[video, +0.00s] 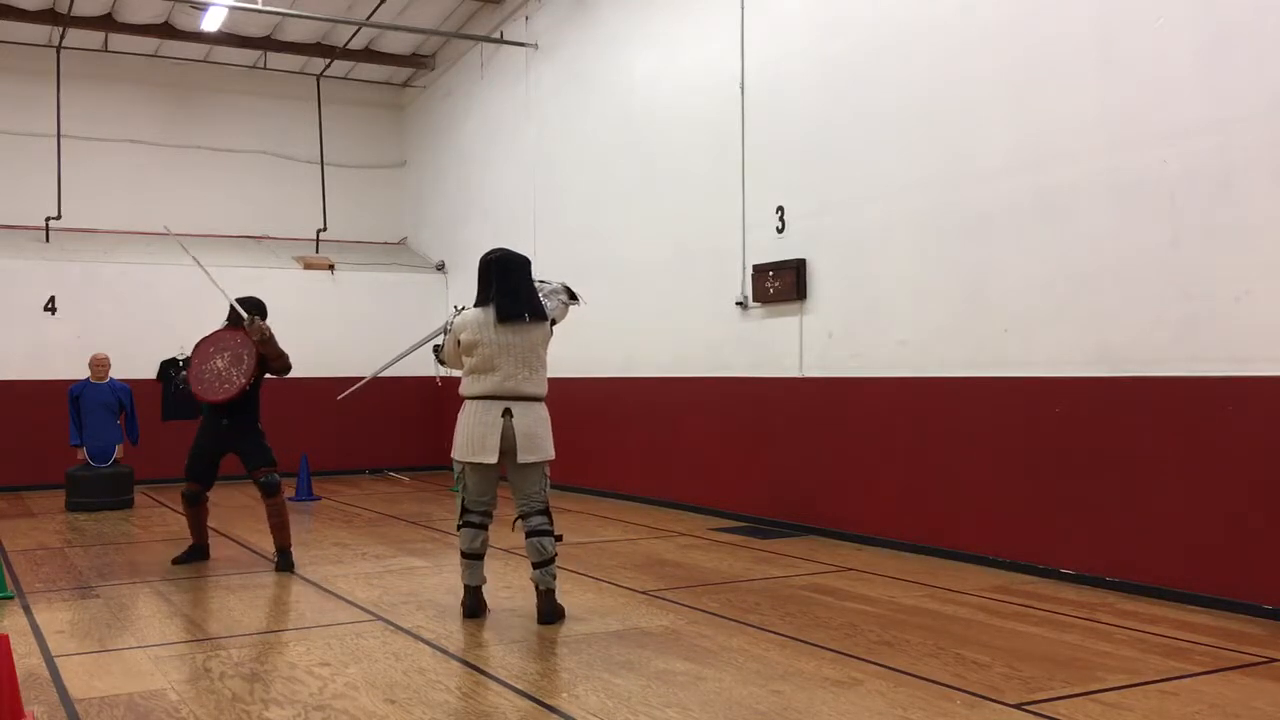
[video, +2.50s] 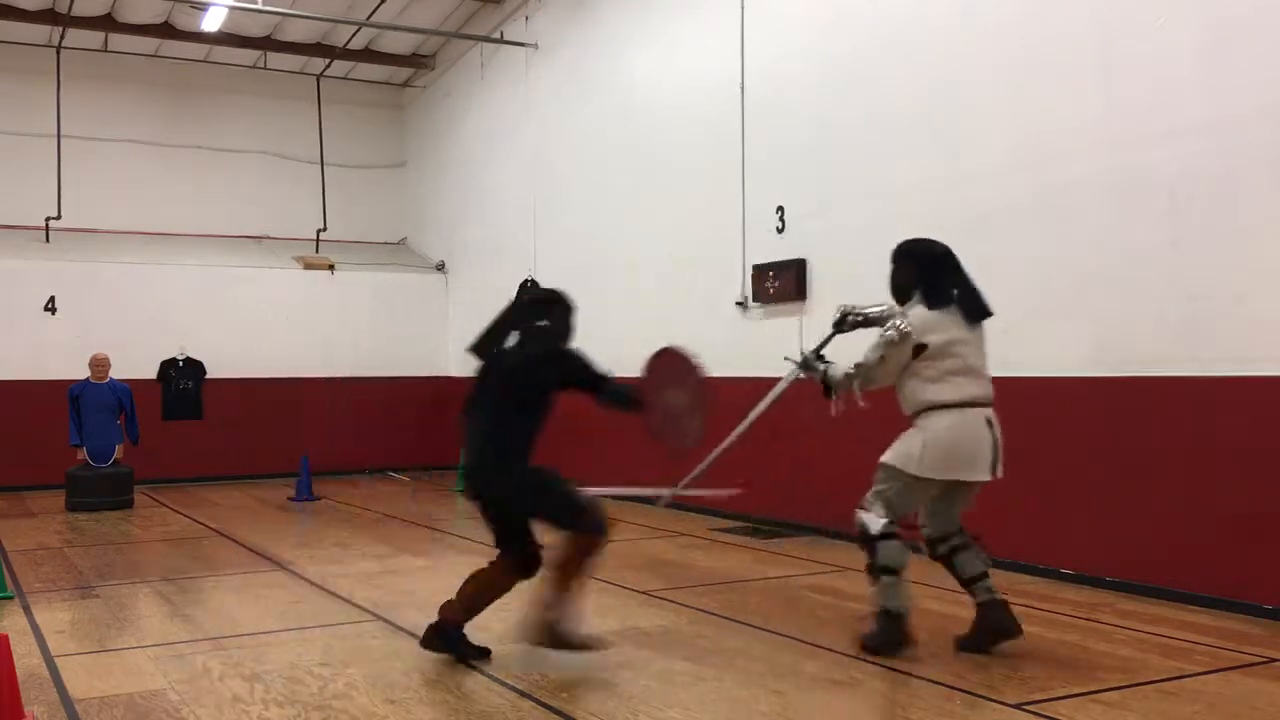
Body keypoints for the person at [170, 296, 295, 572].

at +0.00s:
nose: (240, 330)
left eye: (246, 325)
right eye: (237, 324)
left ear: (257, 325)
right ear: (231, 321)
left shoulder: (260, 347)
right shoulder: (215, 346)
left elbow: (283, 369)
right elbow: (199, 376)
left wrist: (265, 340)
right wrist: (188, 376)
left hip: (245, 426)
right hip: (212, 425)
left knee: (269, 483)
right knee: (192, 491)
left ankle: (283, 552)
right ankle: (199, 546)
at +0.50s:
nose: (230, 332)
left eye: (238, 326)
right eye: (229, 324)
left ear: (249, 328)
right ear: (224, 321)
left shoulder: (252, 352)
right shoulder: (205, 348)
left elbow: (282, 371)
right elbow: (182, 378)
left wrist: (273, 345)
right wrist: (178, 374)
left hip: (239, 428)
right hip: (204, 428)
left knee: (265, 484)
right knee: (190, 493)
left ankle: (282, 551)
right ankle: (199, 547)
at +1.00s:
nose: (282, 332)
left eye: (287, 326)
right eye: (277, 325)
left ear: (291, 330)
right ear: (262, 325)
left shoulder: (290, 367)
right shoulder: (235, 357)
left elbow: (303, 415)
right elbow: (211, 396)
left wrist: (335, 422)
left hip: (273, 442)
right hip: (236, 440)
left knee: (288, 508)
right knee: (214, 505)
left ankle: (266, 550)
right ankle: (227, 539)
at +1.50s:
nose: (332, 312)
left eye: (335, 305)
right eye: (325, 305)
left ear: (338, 308)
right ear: (306, 308)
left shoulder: (341, 349)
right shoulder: (274, 346)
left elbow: (397, 346)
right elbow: (244, 392)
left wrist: (439, 324)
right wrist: (275, 396)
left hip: (316, 439)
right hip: (276, 442)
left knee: (358, 508)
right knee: (275, 523)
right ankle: (289, 567)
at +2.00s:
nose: (342, 325)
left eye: (341, 317)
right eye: (334, 317)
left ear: (336, 318)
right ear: (308, 322)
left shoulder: (340, 372)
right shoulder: (277, 366)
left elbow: (351, 424)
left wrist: (348, 441)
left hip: (341, 477)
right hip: (292, 480)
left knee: (410, 521)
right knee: (250, 561)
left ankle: (409, 623)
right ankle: (212, 636)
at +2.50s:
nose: (567, 331)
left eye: (565, 324)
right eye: (564, 324)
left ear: (526, 323)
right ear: (558, 326)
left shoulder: (501, 356)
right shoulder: (555, 360)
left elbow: (472, 412)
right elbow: (605, 389)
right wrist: (644, 398)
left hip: (482, 476)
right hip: (513, 476)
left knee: (519, 559)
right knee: (589, 524)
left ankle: (446, 627)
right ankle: (550, 624)